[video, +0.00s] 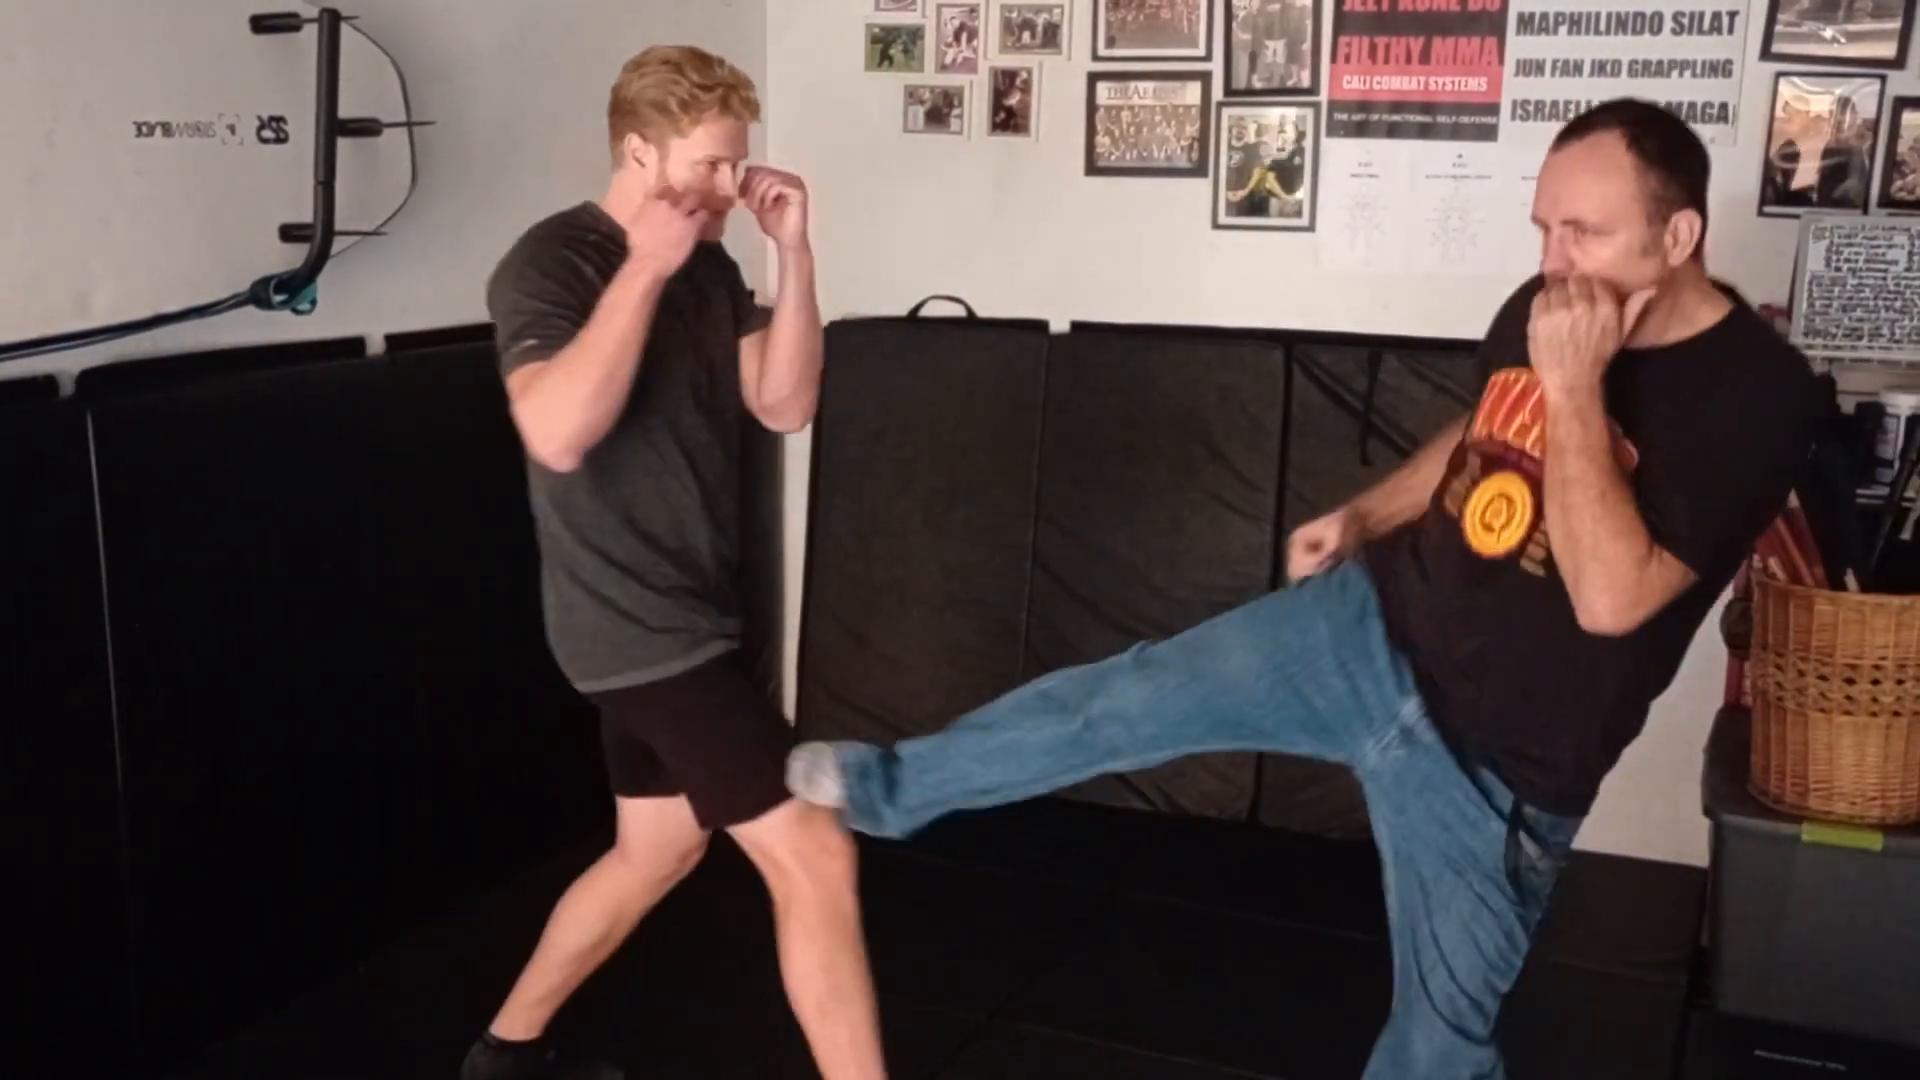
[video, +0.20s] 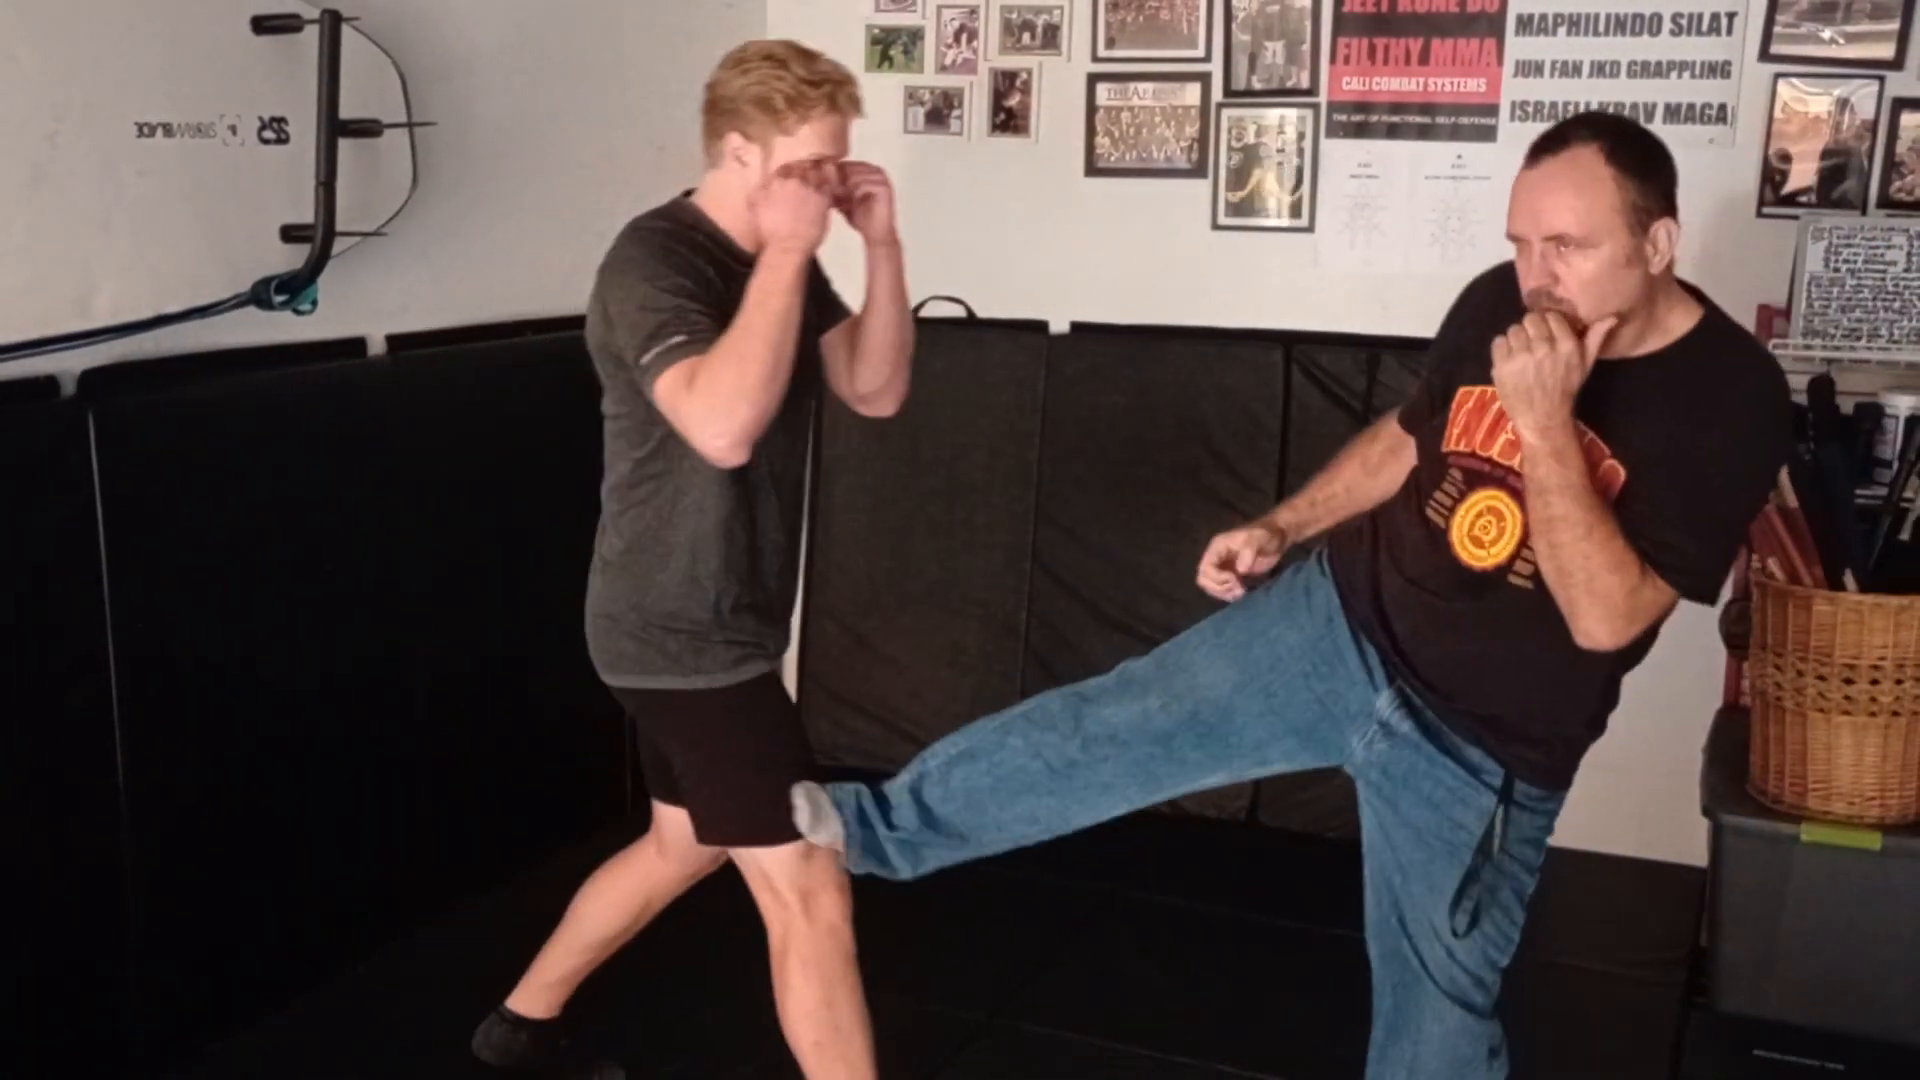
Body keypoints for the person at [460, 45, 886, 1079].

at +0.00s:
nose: (730, 185)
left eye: (737, 162)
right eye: (710, 163)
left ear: (737, 160)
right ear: (636, 152)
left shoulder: (705, 269)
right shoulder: (547, 267)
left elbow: (784, 404)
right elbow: (554, 431)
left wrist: (794, 251)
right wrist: (647, 266)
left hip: (697, 614)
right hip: (633, 630)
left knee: (654, 852)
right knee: (814, 857)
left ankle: (506, 1046)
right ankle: (860, 1079)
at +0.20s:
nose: (836, 188)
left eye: (840, 167)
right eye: (818, 167)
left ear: (766, 160)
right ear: (745, 155)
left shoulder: (769, 263)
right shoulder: (648, 265)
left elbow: (876, 391)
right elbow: (723, 425)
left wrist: (882, 248)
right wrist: (790, 256)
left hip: (725, 624)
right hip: (678, 638)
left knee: (679, 847)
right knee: (808, 894)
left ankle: (521, 1020)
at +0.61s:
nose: (852, 189)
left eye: (857, 165)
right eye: (834, 164)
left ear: (772, 152)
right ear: (761, 153)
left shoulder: (771, 255)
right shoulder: (658, 266)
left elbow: (883, 385)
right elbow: (755, 432)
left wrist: (911, 233)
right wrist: (816, 250)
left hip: (704, 627)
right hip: (707, 644)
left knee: (674, 845)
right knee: (838, 905)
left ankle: (501, 1031)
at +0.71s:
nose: (815, 195)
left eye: (816, 172)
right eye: (798, 172)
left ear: (739, 159)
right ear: (725, 160)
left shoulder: (735, 263)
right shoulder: (622, 277)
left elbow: (838, 400)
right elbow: (714, 451)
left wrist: (877, 252)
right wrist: (784, 267)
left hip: (712, 635)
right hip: (674, 650)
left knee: (681, 854)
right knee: (822, 900)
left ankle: (484, 1024)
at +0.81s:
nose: (739, 201)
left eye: (741, 175)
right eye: (722, 176)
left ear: (664, 170)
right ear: (642, 169)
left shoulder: (683, 276)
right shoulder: (545, 296)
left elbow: (745, 427)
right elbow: (595, 489)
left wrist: (806, 318)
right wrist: (704, 326)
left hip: (688, 642)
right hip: (623, 662)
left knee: (641, 876)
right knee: (773, 908)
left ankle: (461, 1055)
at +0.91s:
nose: (686, 208)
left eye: (688, 182)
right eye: (669, 185)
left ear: (616, 183)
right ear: (593, 181)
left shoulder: (634, 289)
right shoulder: (488, 303)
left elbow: (710, 429)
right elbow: (516, 494)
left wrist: (781, 309)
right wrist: (638, 360)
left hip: (630, 649)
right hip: (562, 671)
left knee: (614, 884)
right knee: (738, 893)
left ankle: (454, 1068)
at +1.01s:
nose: (644, 189)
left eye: (648, 163)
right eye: (626, 165)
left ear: (588, 164)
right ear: (549, 160)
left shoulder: (606, 266)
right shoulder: (450, 275)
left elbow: (699, 391)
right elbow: (482, 457)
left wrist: (752, 250)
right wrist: (601, 317)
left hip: (592, 621)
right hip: (505, 640)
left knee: (583, 868)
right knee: (696, 847)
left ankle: (451, 1069)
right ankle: (714, 1076)